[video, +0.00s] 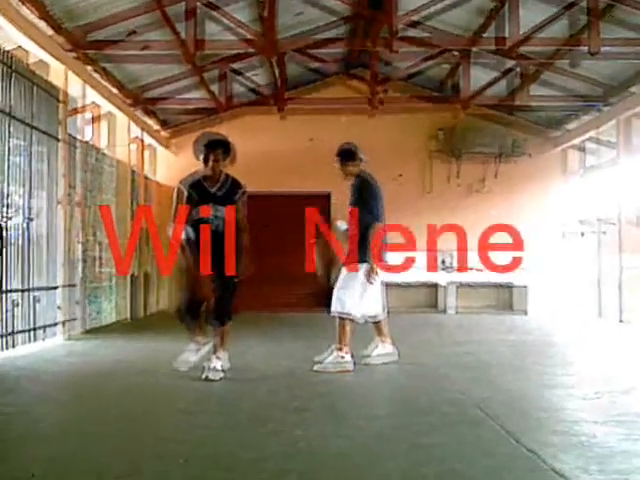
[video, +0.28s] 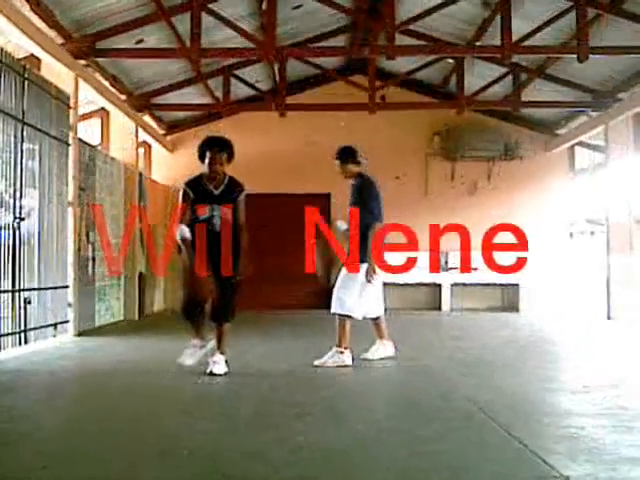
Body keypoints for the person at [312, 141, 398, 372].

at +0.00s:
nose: (342, 172)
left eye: (342, 167)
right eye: (341, 167)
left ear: (350, 164)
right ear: (353, 163)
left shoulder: (366, 184)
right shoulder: (358, 185)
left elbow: (375, 223)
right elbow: (362, 223)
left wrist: (372, 260)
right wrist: (346, 230)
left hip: (363, 259)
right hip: (359, 257)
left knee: (343, 301)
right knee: (373, 302)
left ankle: (342, 351)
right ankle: (384, 342)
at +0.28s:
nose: (341, 172)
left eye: (342, 167)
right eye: (340, 167)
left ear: (352, 165)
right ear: (351, 165)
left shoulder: (366, 185)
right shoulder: (358, 186)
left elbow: (376, 224)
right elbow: (361, 224)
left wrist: (372, 260)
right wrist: (345, 228)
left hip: (363, 259)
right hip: (360, 257)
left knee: (342, 300)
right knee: (372, 302)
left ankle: (342, 350)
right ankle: (384, 342)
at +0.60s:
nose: (342, 171)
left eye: (343, 166)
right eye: (341, 166)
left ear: (351, 163)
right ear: (353, 163)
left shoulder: (366, 183)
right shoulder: (359, 184)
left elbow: (376, 223)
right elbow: (362, 223)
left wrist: (373, 260)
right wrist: (345, 228)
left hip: (364, 259)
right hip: (361, 257)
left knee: (343, 300)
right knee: (372, 303)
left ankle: (342, 352)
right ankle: (385, 344)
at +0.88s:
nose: (342, 169)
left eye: (343, 164)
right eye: (341, 164)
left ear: (352, 162)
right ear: (353, 162)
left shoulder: (368, 184)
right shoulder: (360, 184)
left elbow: (377, 224)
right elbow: (363, 223)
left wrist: (374, 261)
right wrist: (346, 228)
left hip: (364, 259)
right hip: (362, 258)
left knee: (343, 302)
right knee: (375, 304)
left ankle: (343, 354)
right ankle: (387, 346)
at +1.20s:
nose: (368, 175)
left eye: (371, 171)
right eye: (364, 171)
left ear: (377, 170)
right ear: (360, 172)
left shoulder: (389, 191)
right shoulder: (359, 194)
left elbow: (404, 222)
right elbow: (353, 225)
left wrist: (414, 251)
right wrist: (346, 247)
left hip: (379, 253)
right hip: (363, 252)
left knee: (355, 289)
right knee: (377, 294)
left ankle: (358, 335)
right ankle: (380, 337)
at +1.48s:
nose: (385, 174)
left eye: (388, 169)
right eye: (382, 170)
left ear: (395, 170)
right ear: (378, 173)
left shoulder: (411, 188)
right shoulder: (378, 196)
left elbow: (437, 193)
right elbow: (363, 215)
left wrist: (456, 186)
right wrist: (330, 212)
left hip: (404, 255)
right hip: (384, 255)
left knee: (400, 300)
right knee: (376, 299)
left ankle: (424, 339)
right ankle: (380, 337)